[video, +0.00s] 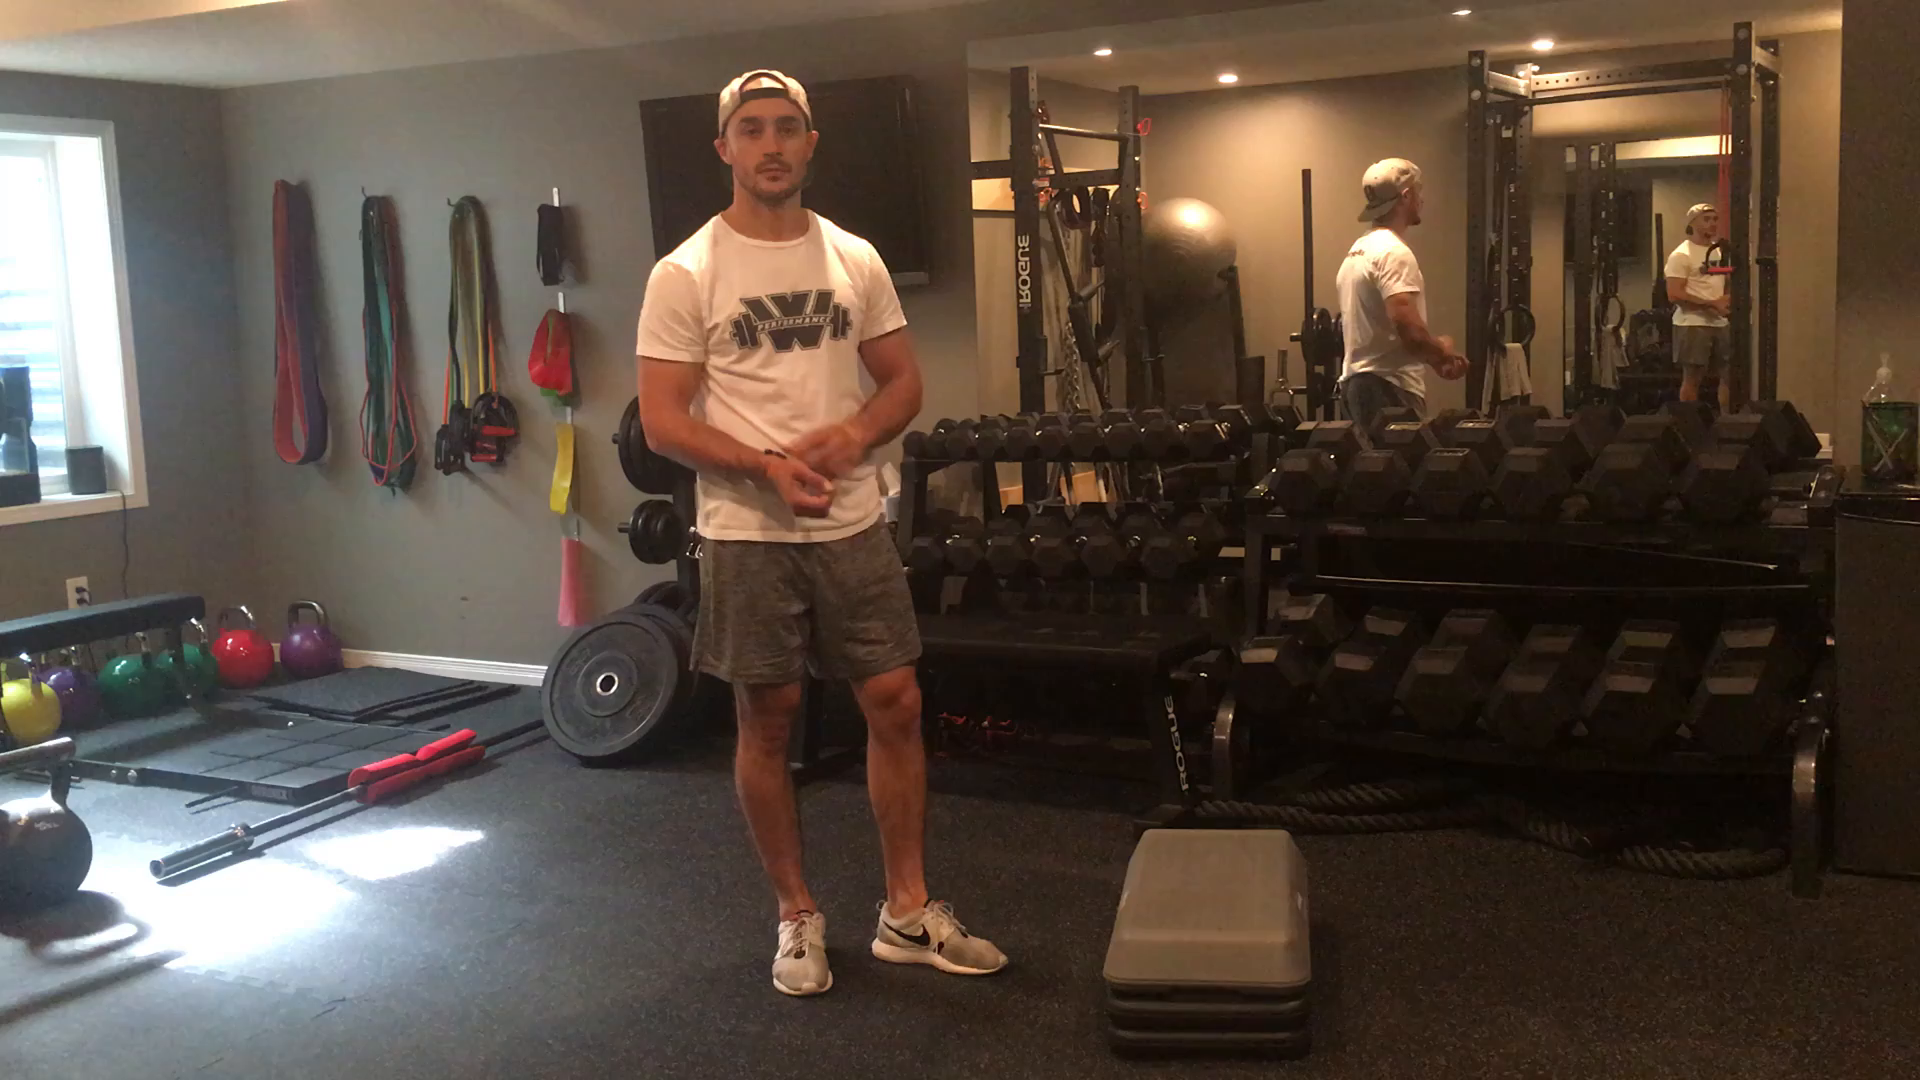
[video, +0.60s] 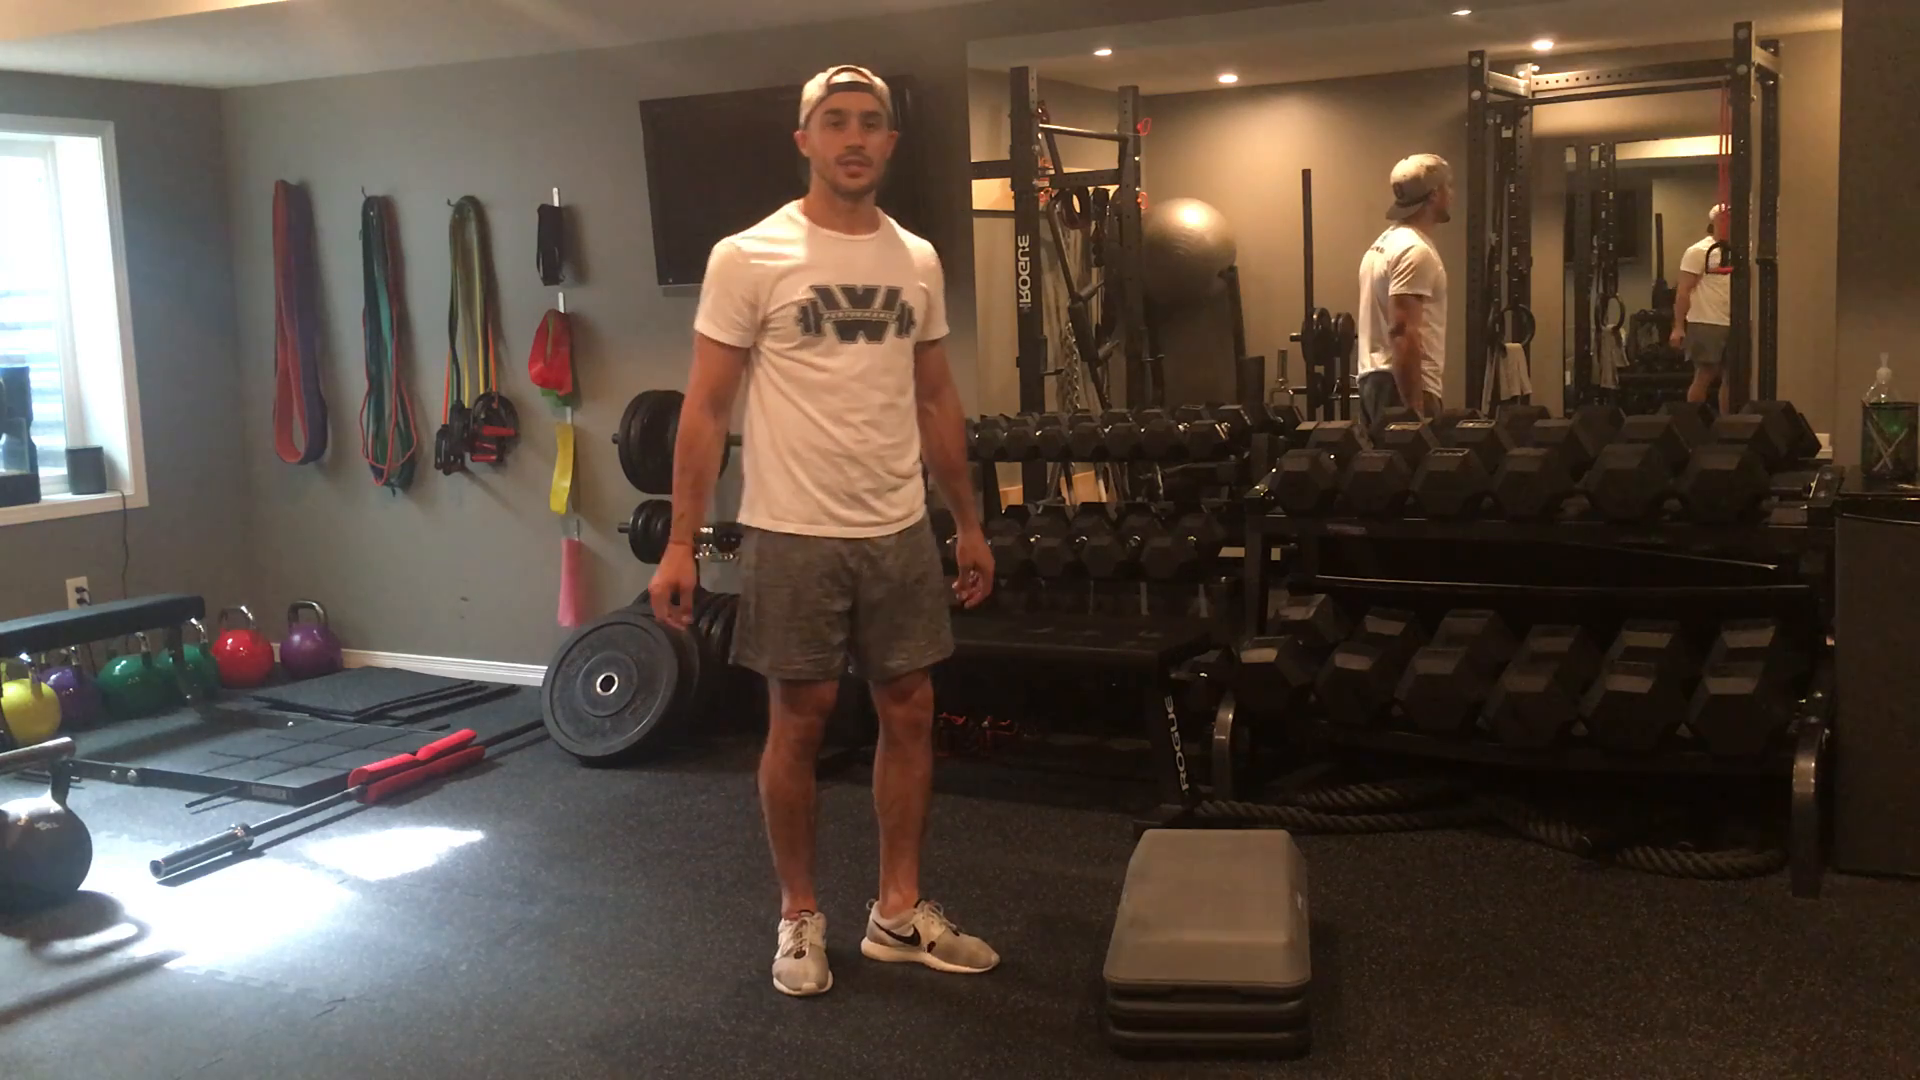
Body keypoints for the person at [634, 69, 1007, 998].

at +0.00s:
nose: (772, 145)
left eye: (787, 129)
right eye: (753, 131)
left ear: (811, 144)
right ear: (725, 148)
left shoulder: (854, 259)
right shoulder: (686, 274)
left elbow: (905, 385)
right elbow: (663, 422)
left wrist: (848, 437)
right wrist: (764, 463)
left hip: (855, 525)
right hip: (748, 534)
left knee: (896, 703)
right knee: (767, 716)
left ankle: (908, 909)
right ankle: (797, 916)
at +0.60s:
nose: (854, 140)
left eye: (870, 125)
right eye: (836, 124)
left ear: (892, 143)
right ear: (803, 139)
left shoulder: (915, 261)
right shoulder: (748, 258)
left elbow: (936, 399)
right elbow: (704, 408)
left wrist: (967, 517)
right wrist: (681, 542)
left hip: (900, 533)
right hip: (793, 536)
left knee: (910, 711)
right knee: (800, 721)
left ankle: (899, 910)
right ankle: (799, 915)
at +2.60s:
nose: (895, 142)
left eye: (911, 127)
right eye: (877, 127)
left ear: (938, 145)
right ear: (850, 145)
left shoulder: (970, 268)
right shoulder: (799, 262)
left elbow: (991, 408)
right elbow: (765, 415)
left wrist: (1029, 530)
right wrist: (750, 544)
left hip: (945, 535)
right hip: (839, 536)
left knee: (923, 720)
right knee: (836, 726)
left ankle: (901, 910)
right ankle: (823, 942)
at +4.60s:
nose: (911, 178)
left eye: (914, 159)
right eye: (898, 158)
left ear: (857, 156)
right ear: (840, 151)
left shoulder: (856, 254)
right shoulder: (763, 264)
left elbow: (866, 405)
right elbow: (718, 428)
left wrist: (916, 501)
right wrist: (763, 572)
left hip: (869, 540)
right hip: (789, 550)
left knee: (897, 709)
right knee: (777, 748)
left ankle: (899, 910)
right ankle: (778, 944)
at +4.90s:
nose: (983, 176)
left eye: (985, 158)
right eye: (973, 156)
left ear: (920, 156)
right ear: (919, 153)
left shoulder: (900, 257)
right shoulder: (845, 253)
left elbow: (865, 411)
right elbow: (796, 415)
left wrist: (902, 503)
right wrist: (886, 531)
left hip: (880, 537)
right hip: (813, 541)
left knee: (923, 705)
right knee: (796, 738)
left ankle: (897, 917)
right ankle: (777, 943)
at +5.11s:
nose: (1056, 192)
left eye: (1054, 174)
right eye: (1044, 173)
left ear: (995, 179)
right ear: (990, 176)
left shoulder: (970, 270)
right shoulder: (924, 261)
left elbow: (913, 413)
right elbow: (851, 405)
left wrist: (958, 498)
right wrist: (947, 512)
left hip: (918, 541)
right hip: (876, 542)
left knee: (959, 736)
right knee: (963, 737)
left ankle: (902, 926)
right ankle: (815, 905)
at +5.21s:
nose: (1086, 197)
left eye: (1085, 180)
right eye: (1073, 179)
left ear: (1021, 188)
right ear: (1018, 184)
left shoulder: (998, 284)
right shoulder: (951, 271)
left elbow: (944, 423)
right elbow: (848, 389)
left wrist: (1020, 481)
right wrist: (942, 501)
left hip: (927, 539)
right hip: (903, 541)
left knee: (973, 724)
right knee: (1079, 676)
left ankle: (906, 925)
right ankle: (914, 839)